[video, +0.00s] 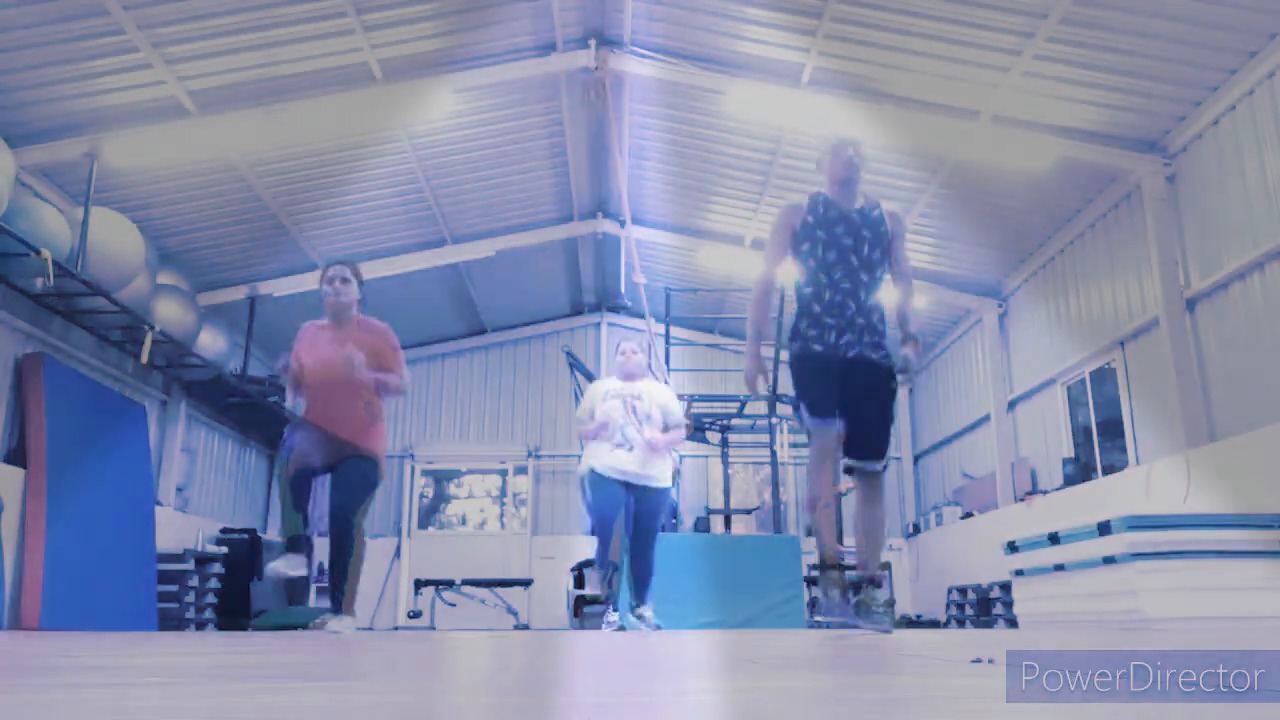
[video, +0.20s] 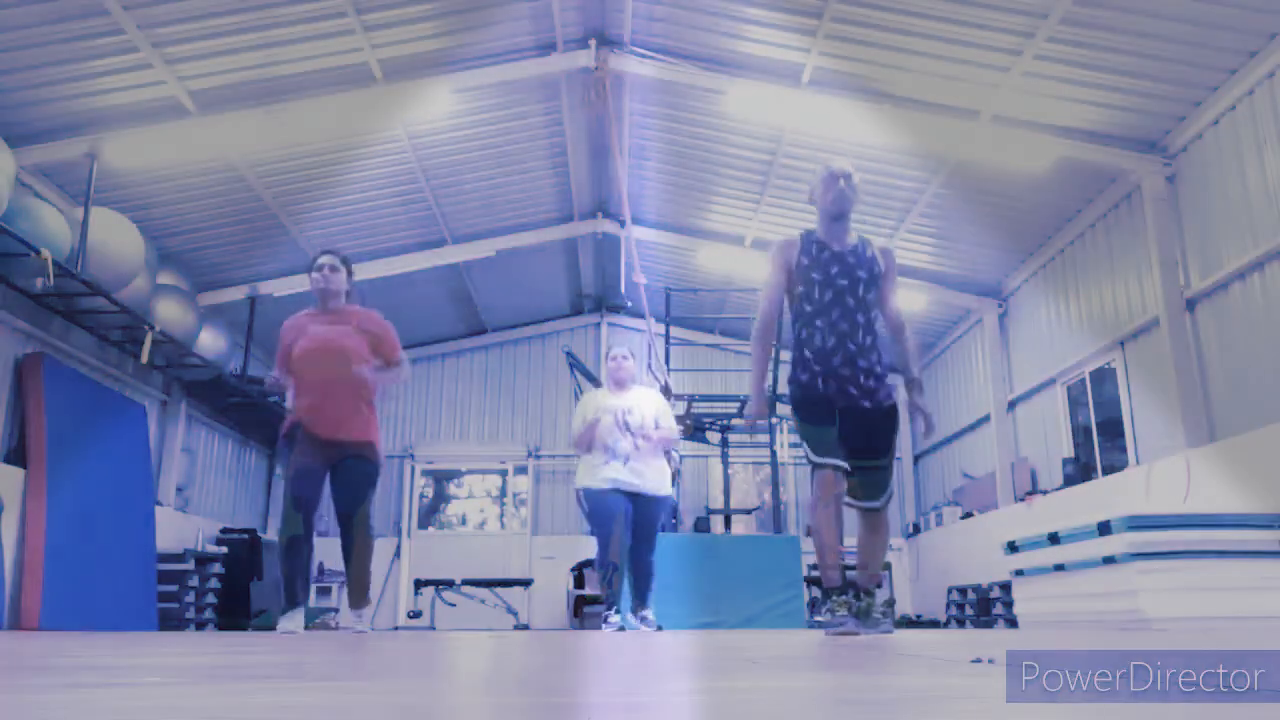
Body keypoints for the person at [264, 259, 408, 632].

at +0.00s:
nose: (336, 287)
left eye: (345, 281)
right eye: (330, 281)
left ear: (359, 291)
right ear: (322, 291)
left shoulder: (378, 333)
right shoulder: (308, 333)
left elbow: (400, 384)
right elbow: (297, 385)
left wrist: (367, 376)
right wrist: (291, 372)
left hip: (360, 442)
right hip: (316, 434)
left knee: (340, 512)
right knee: (299, 469)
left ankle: (337, 609)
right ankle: (301, 549)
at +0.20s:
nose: (324, 274)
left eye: (332, 269)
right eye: (318, 269)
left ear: (348, 280)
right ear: (310, 280)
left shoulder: (370, 322)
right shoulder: (294, 326)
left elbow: (401, 369)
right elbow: (281, 375)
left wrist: (376, 376)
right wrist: (280, 383)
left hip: (356, 436)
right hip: (308, 434)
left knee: (354, 518)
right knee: (296, 516)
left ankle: (358, 608)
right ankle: (295, 608)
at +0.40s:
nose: (317, 274)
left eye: (326, 269)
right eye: (311, 269)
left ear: (340, 281)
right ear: (301, 280)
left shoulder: (359, 322)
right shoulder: (284, 323)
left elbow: (389, 372)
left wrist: (371, 373)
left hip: (353, 437)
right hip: (299, 437)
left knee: (355, 519)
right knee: (292, 521)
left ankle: (358, 586)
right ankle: (295, 610)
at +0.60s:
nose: (322, 274)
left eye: (330, 269)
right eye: (315, 268)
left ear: (342, 278)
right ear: (304, 277)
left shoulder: (361, 318)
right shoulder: (285, 321)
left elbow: (384, 367)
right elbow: (266, 383)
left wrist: (375, 373)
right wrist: (278, 379)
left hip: (349, 418)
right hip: (299, 425)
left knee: (339, 448)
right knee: (296, 520)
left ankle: (342, 536)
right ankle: (294, 609)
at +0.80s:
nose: (328, 270)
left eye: (337, 265)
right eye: (322, 263)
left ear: (348, 275)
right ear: (310, 272)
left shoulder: (365, 317)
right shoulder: (289, 315)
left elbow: (389, 371)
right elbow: (266, 372)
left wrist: (368, 366)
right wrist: (280, 351)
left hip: (349, 416)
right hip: (299, 424)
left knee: (334, 450)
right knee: (297, 519)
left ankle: (336, 547)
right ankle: (296, 609)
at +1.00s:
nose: (336, 281)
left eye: (345, 277)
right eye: (329, 276)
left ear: (357, 290)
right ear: (319, 286)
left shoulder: (371, 335)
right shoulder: (297, 331)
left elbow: (389, 388)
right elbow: (280, 387)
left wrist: (370, 392)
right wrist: (280, 392)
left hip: (349, 441)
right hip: (302, 441)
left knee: (335, 515)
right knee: (302, 523)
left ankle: (326, 610)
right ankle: (301, 608)